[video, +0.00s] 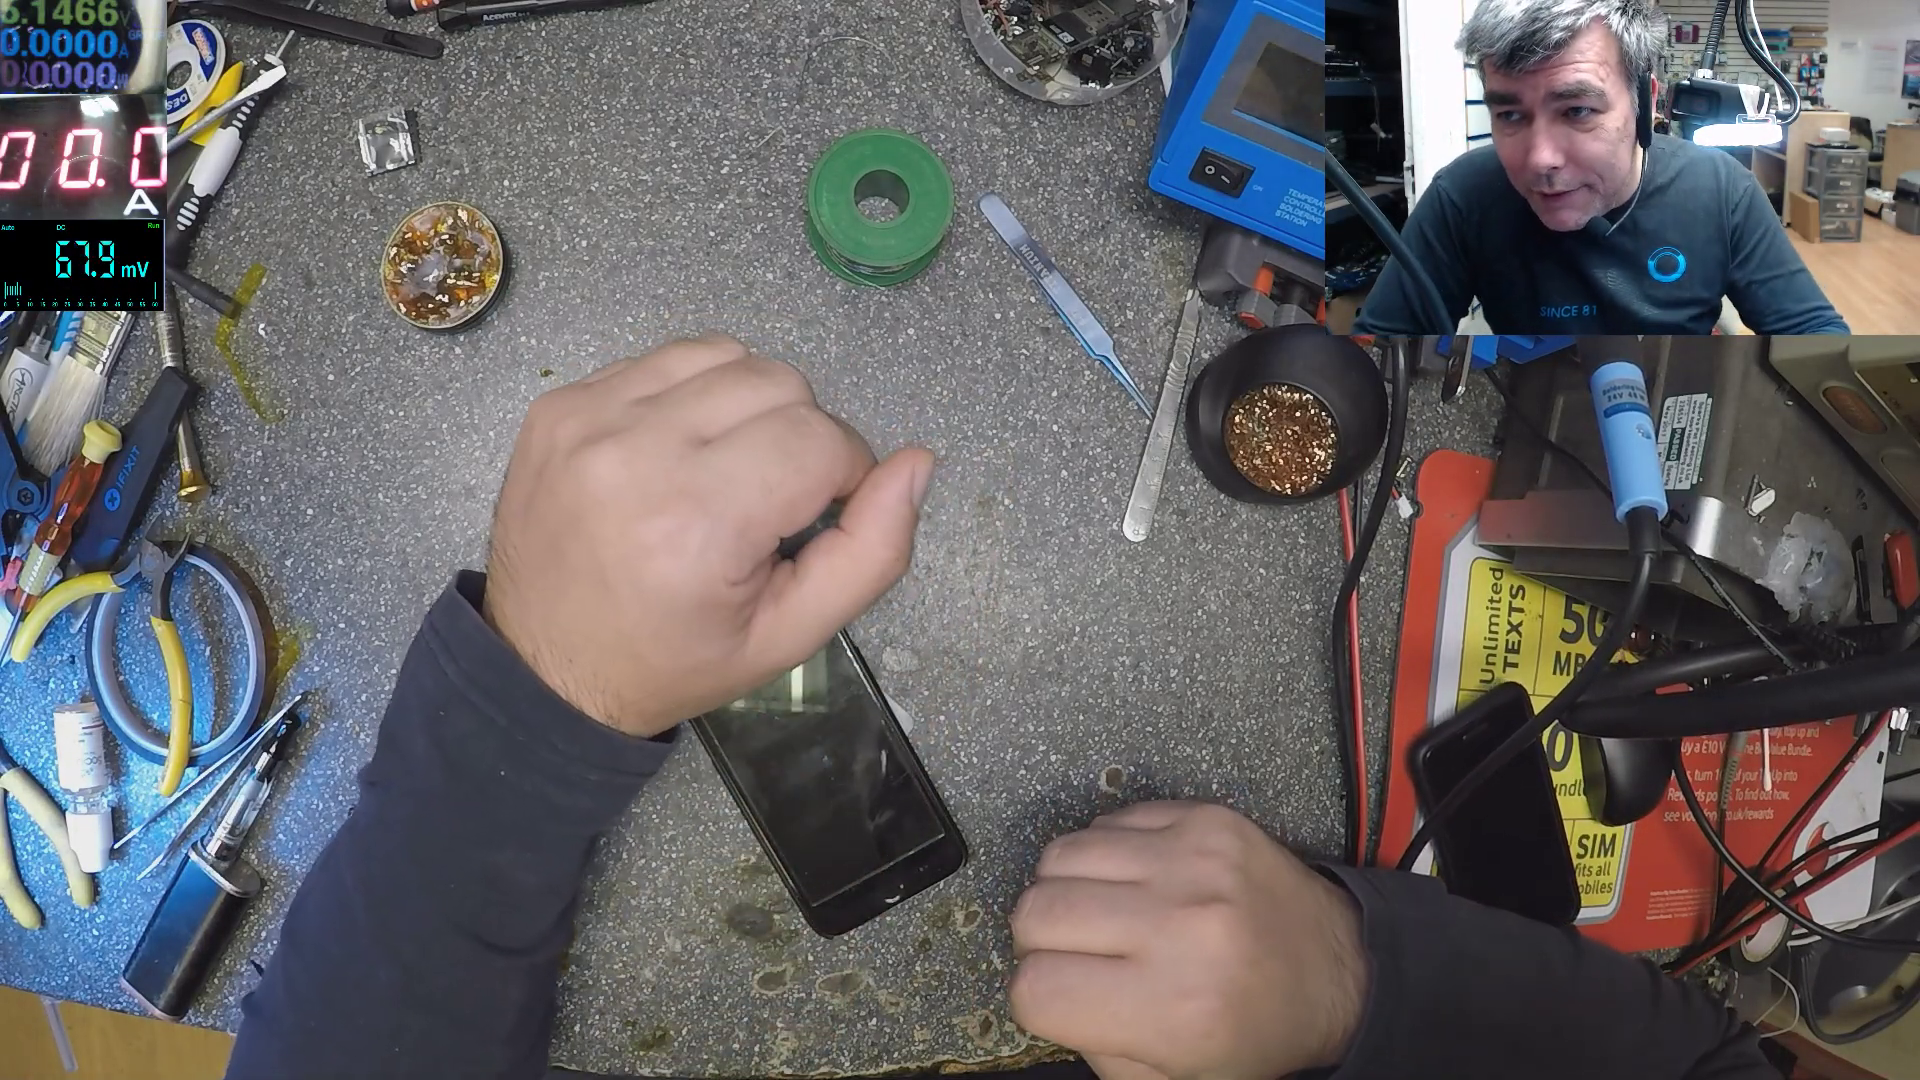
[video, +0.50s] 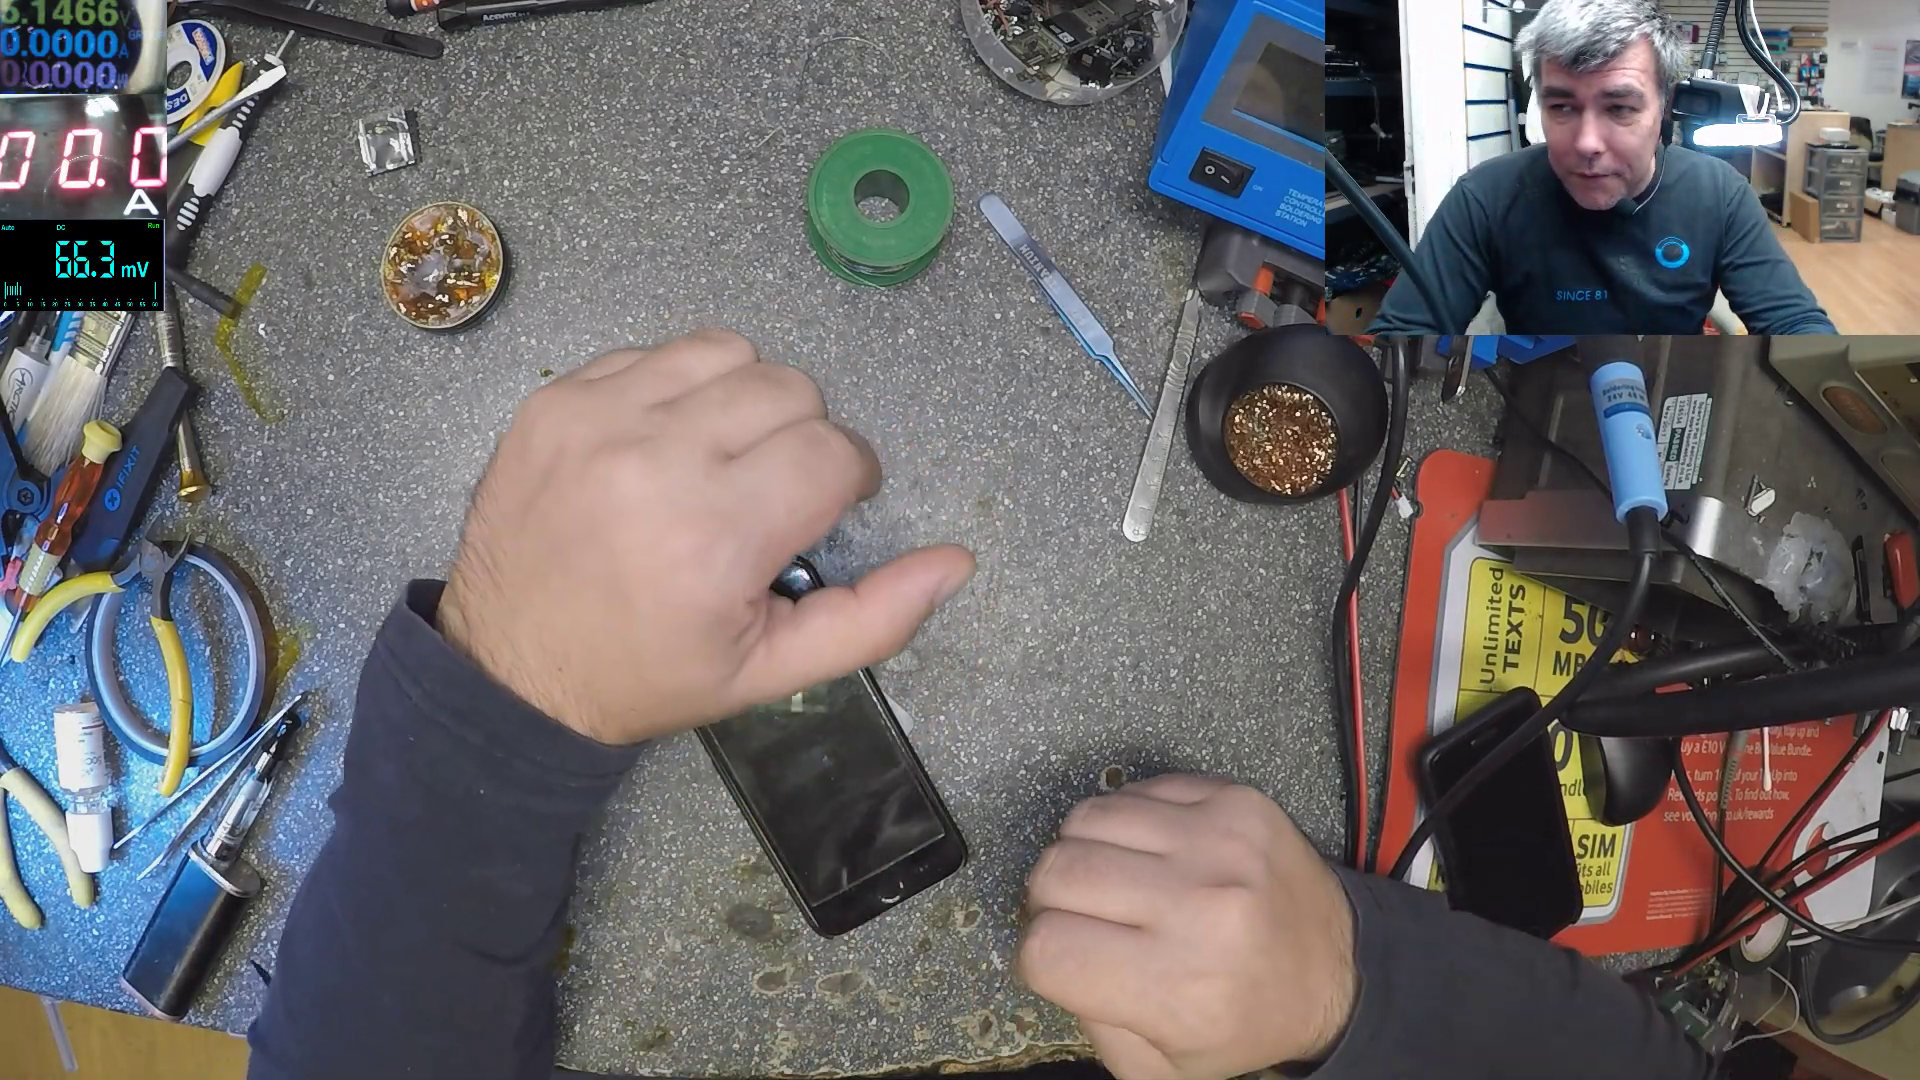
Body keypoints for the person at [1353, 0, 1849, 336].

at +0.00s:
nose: (1541, 159)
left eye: (1577, 112)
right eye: (1511, 116)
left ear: (1645, 103)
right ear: (1489, 113)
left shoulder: (1719, 192)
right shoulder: (1464, 198)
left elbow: (1817, 340)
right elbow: (1380, 349)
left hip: (1685, 431)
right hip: (1530, 433)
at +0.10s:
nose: (1544, 162)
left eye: (1578, 115)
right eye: (1513, 120)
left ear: (1645, 105)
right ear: (1492, 117)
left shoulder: (1719, 192)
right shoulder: (1466, 203)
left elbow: (1817, 340)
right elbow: (1380, 349)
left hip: (1686, 427)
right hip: (1534, 431)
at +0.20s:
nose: (1551, 163)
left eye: (1583, 119)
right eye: (1521, 124)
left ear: (1648, 108)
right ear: (1500, 121)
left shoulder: (1719, 193)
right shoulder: (1473, 204)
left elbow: (1815, 337)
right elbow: (1385, 348)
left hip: (1685, 422)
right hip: (1537, 427)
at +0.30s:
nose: (1564, 160)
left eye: (1596, 117)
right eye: (1535, 121)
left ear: (1655, 108)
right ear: (1512, 113)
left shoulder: (1718, 194)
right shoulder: (1479, 203)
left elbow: (1810, 336)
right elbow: (1389, 345)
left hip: (1682, 421)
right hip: (1538, 424)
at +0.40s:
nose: (1583, 147)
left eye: (1615, 110)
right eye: (1556, 110)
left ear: (1659, 109)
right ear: (1531, 111)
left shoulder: (1717, 196)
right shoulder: (1484, 201)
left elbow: (1801, 330)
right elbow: (1394, 339)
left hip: (1679, 425)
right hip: (1538, 426)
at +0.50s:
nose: (1587, 145)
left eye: (1620, 110)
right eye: (1563, 107)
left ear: (1663, 110)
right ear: (1537, 106)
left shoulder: (1717, 196)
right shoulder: (1488, 201)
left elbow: (1797, 326)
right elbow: (1397, 336)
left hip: (1679, 418)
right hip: (1540, 420)